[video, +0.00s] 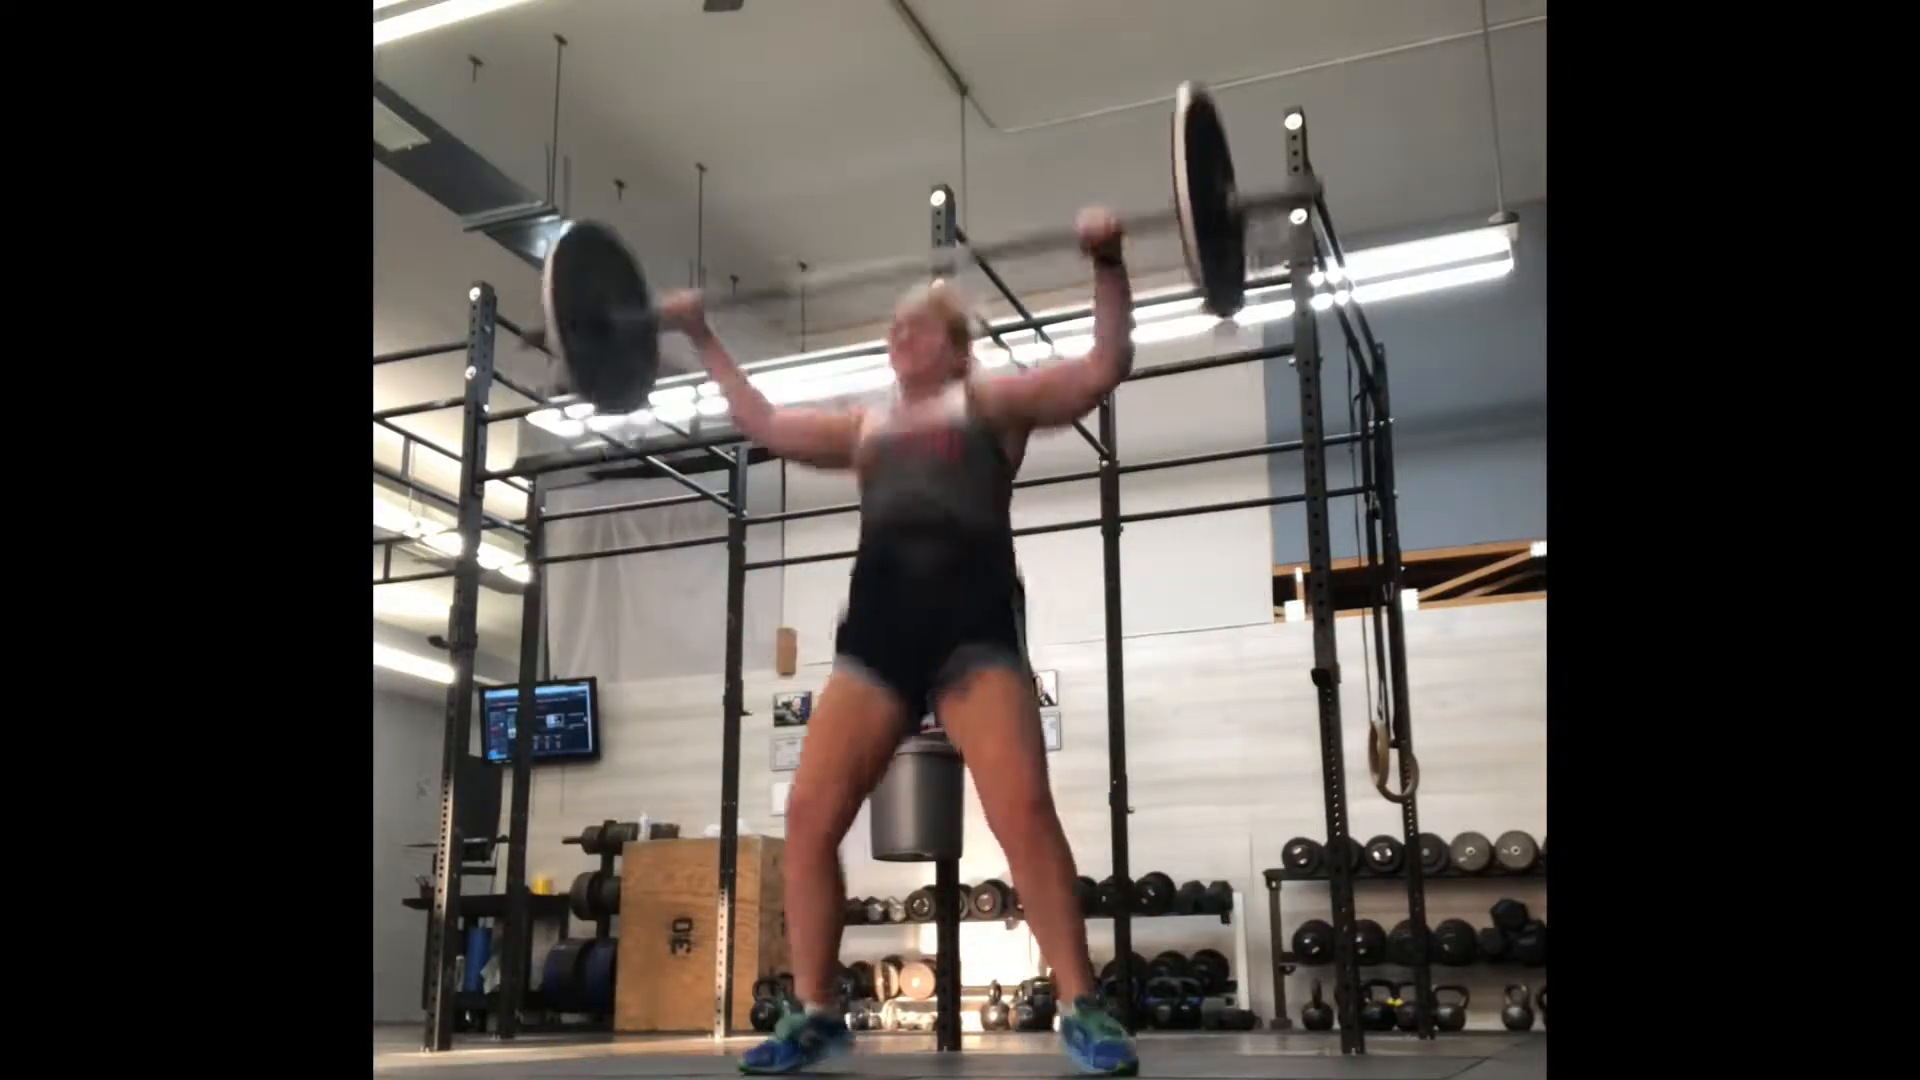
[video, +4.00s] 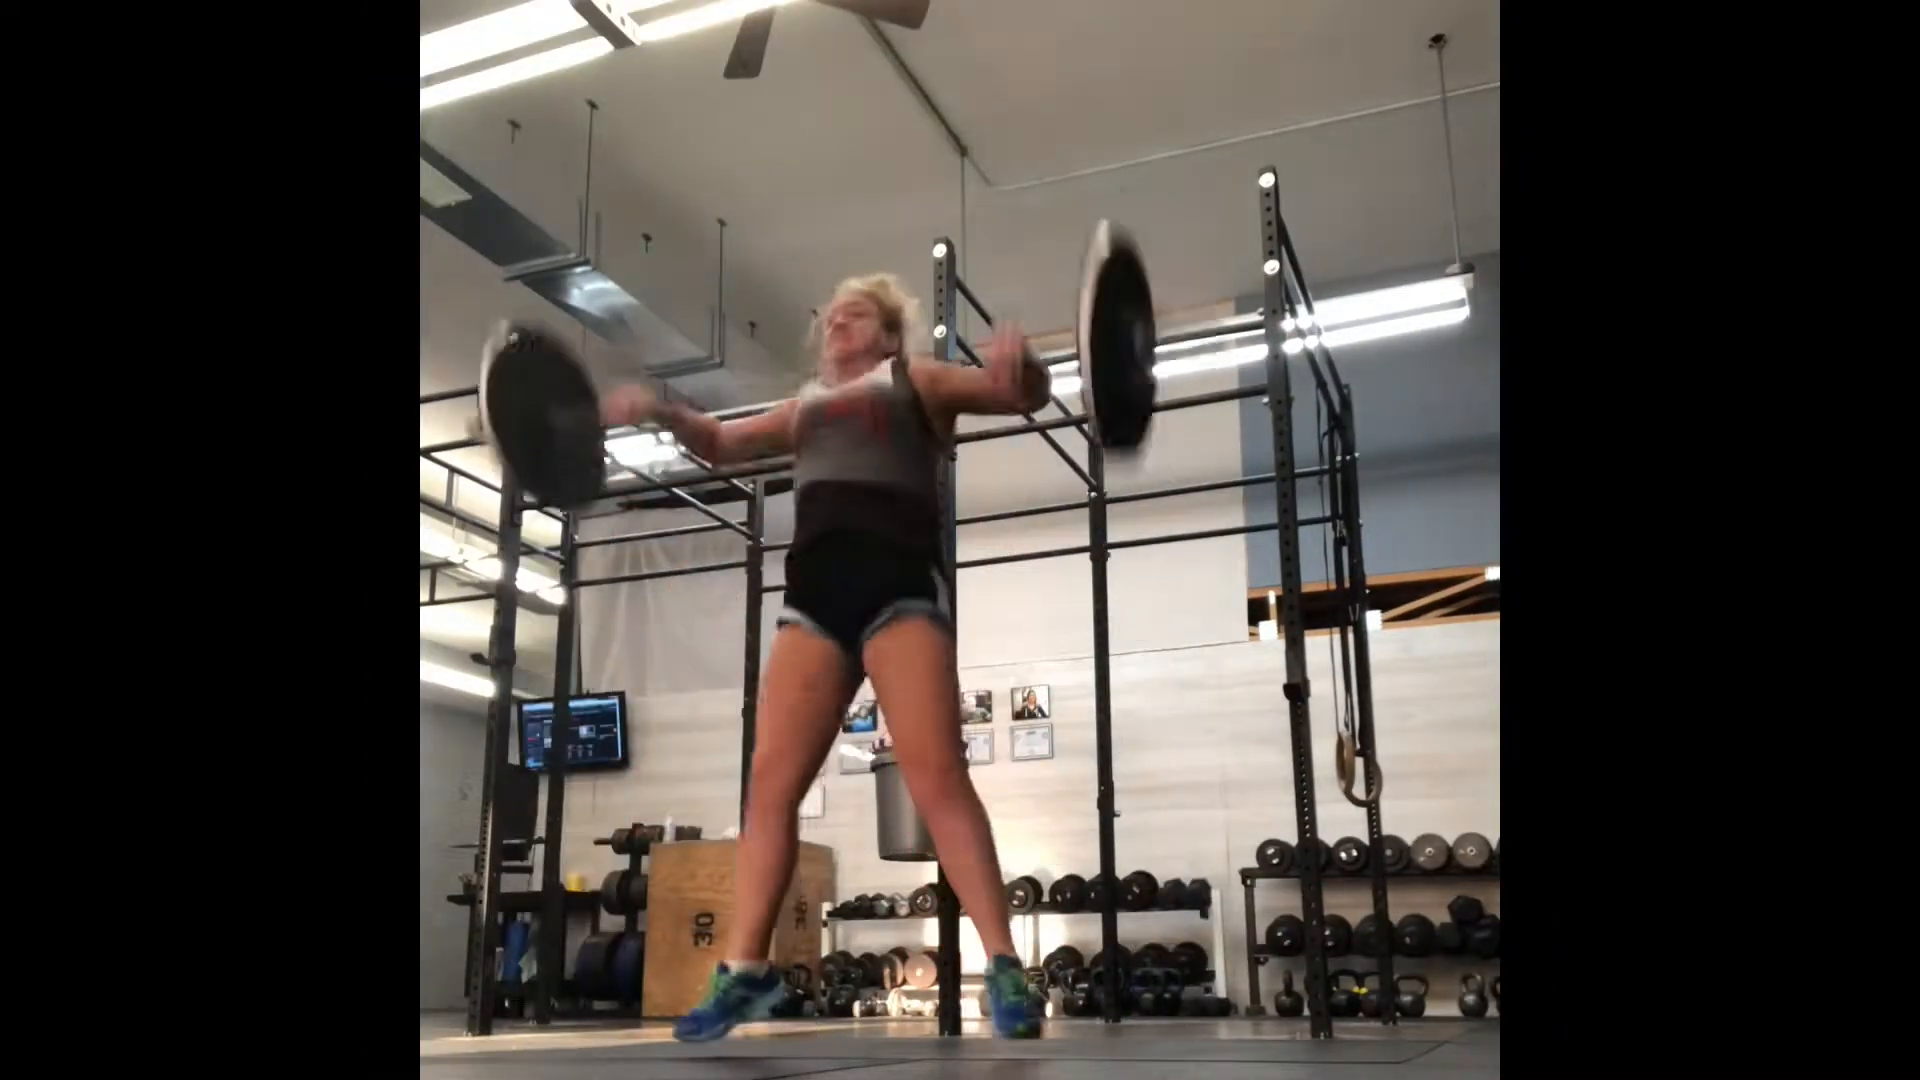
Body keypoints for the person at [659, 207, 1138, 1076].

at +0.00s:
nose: (899, 344)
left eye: (915, 330)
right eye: (893, 334)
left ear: (956, 339)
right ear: (891, 349)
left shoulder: (994, 402)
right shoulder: (866, 425)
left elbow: (1102, 369)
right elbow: (761, 424)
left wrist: (1106, 264)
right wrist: (700, 333)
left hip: (977, 638)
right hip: (875, 644)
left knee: (1025, 813)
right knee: (808, 813)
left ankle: (1079, 1005)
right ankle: (815, 1014)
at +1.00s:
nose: (832, 588)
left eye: (854, 575)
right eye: (824, 580)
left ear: (898, 599)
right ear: (816, 601)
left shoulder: (950, 641)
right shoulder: (820, 661)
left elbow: (1049, 572)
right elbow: (745, 599)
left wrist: (1124, 458)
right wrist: (699, 506)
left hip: (994, 821)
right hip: (893, 831)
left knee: (1073, 828)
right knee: (781, 847)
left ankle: (1079, 1024)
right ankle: (820, 1030)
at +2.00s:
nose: (866, 371)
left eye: (884, 361)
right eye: (863, 362)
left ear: (927, 380)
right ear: (863, 385)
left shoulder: (974, 436)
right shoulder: (849, 465)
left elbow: (1069, 371)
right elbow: (776, 430)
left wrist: (1141, 276)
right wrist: (734, 347)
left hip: (1000, 669)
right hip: (899, 679)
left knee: (1049, 825)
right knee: (810, 838)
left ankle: (1077, 1019)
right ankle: (817, 1026)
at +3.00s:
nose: (753, 617)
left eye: (772, 601)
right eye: (746, 604)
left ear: (816, 618)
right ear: (740, 618)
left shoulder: (877, 677)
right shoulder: (754, 701)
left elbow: (962, 796)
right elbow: (717, 820)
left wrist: (1039, 898)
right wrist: (661, 914)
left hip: (925, 789)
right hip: (842, 803)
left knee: (940, 834)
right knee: (738, 847)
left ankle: (972, 1006)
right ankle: (793, 1015)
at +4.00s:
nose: (838, 326)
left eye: (855, 316)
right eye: (830, 321)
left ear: (890, 333)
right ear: (820, 341)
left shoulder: (916, 376)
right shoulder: (806, 407)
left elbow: (1017, 394)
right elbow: (719, 441)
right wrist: (663, 408)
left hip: (900, 592)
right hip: (813, 603)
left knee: (937, 781)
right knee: (772, 782)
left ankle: (1004, 968)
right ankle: (744, 969)